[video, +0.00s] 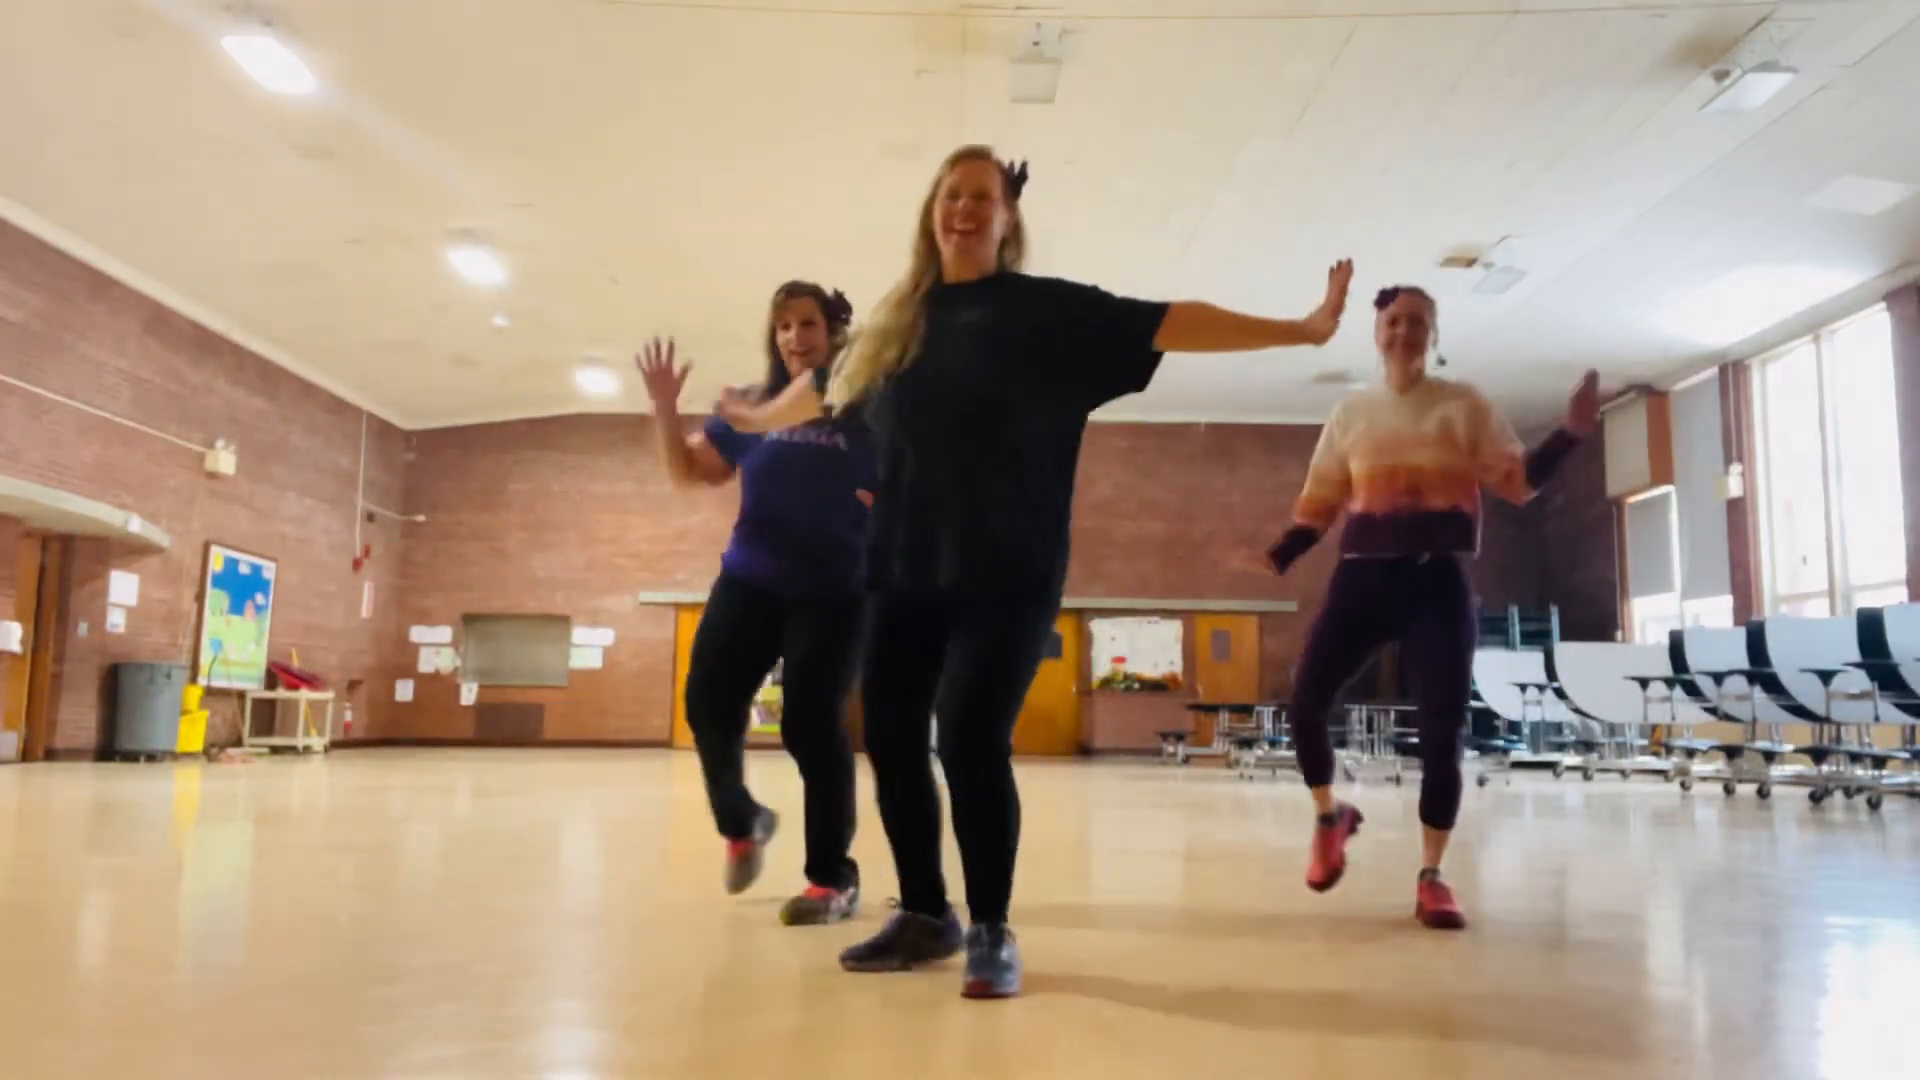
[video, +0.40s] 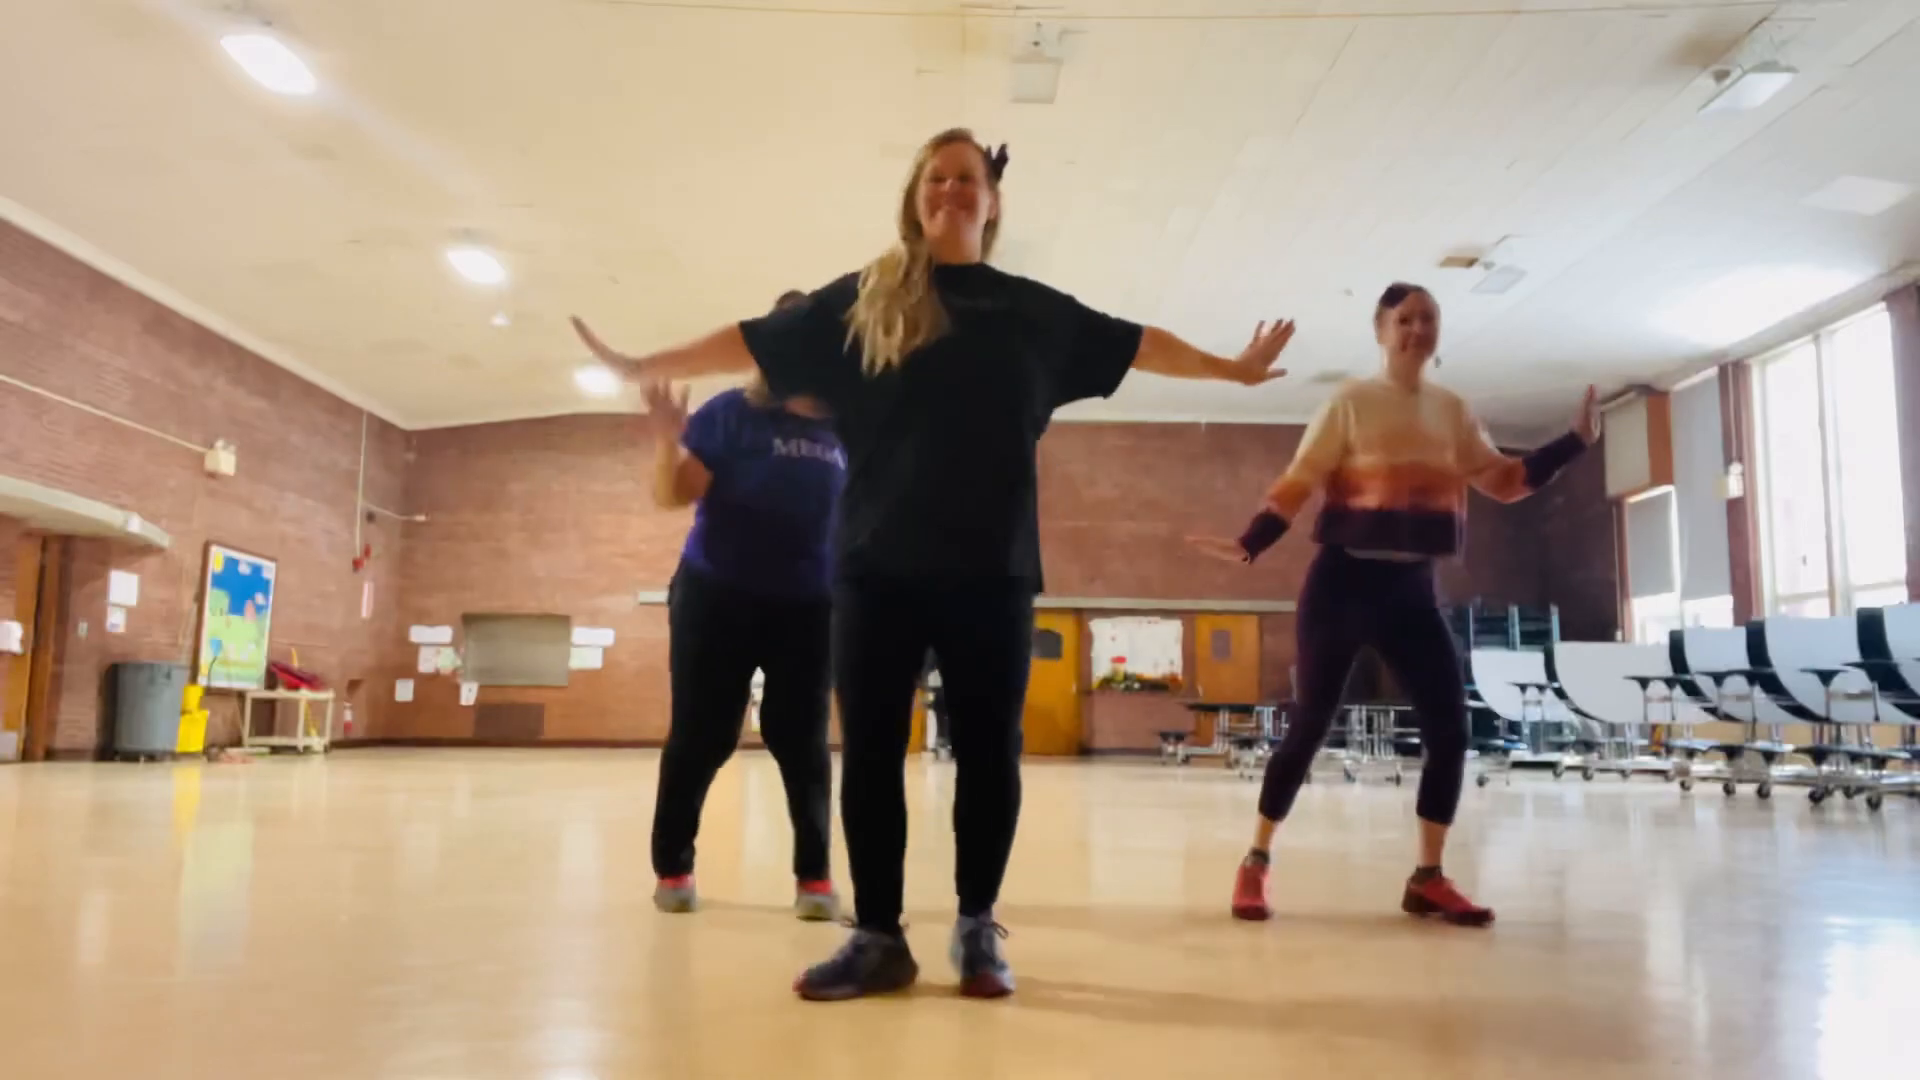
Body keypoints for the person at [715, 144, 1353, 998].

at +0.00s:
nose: (964, 207)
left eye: (981, 197)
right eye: (952, 195)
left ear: (1009, 218)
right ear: (931, 214)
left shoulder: (1048, 308)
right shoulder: (902, 321)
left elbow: (1168, 322)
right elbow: (828, 384)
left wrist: (1303, 330)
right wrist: (761, 417)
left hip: (1011, 561)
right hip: (911, 559)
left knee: (972, 738)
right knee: (888, 733)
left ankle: (990, 930)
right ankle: (924, 916)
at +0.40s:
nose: (957, 188)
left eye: (972, 179)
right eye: (941, 177)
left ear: (993, 206)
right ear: (914, 202)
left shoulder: (1027, 309)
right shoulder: (861, 302)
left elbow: (1134, 342)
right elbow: (752, 343)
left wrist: (1232, 368)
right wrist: (648, 364)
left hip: (988, 567)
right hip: (877, 565)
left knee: (988, 751)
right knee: (869, 753)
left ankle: (979, 924)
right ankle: (877, 938)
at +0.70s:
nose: (937, 176)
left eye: (951, 165)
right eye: (922, 165)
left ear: (976, 185)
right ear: (896, 186)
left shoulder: (1006, 289)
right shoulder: (852, 278)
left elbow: (1072, 359)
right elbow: (751, 338)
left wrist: (1163, 396)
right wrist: (712, 397)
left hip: (972, 550)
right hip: (862, 544)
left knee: (976, 743)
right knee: (836, 726)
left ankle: (959, 919)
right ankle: (808, 899)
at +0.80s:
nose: (920, 194)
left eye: (935, 183)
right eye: (905, 183)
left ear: (961, 204)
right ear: (879, 204)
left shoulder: (995, 310)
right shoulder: (832, 305)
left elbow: (1030, 417)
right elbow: (762, 398)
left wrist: (1095, 478)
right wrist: (787, 468)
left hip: (963, 562)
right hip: (856, 559)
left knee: (1002, 738)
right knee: (851, 739)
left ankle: (959, 910)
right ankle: (793, 926)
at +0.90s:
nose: (905, 214)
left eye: (919, 202)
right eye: (890, 204)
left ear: (947, 221)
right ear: (868, 225)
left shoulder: (984, 329)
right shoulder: (830, 329)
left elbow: (1009, 446)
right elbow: (772, 424)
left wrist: (1053, 483)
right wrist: (845, 446)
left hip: (958, 582)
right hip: (847, 584)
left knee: (995, 757)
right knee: (845, 757)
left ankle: (953, 928)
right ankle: (794, 938)